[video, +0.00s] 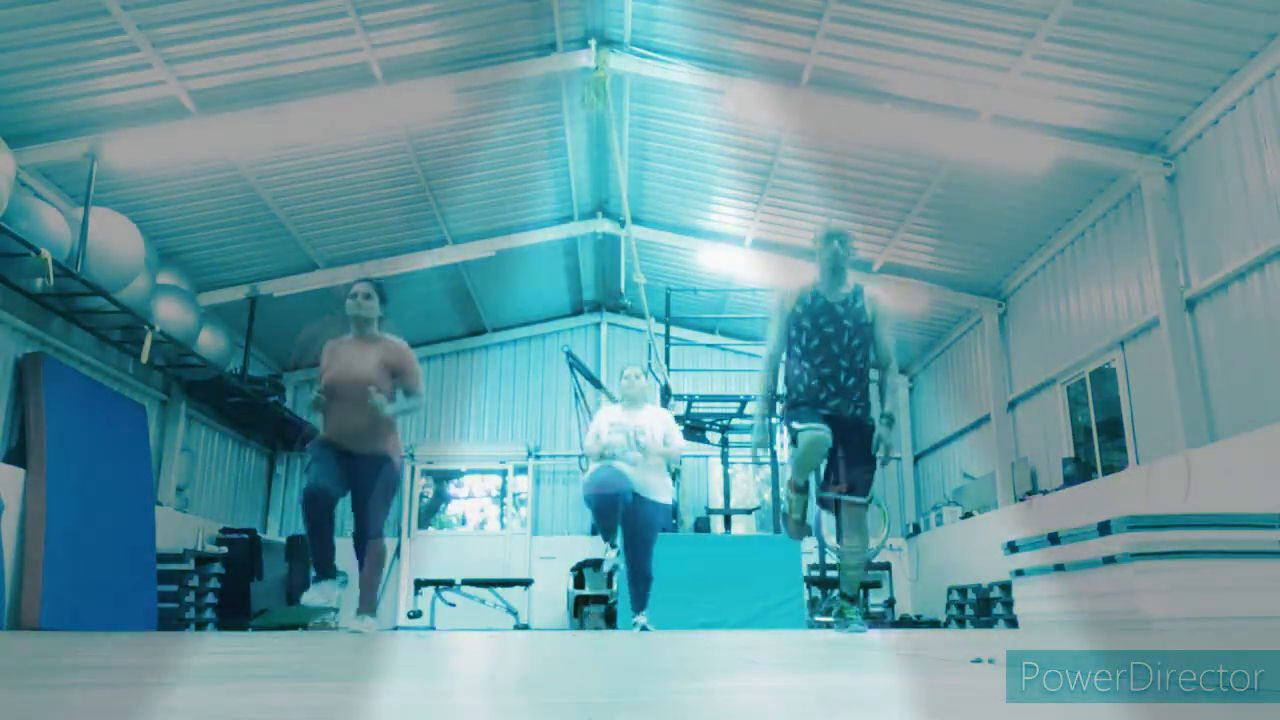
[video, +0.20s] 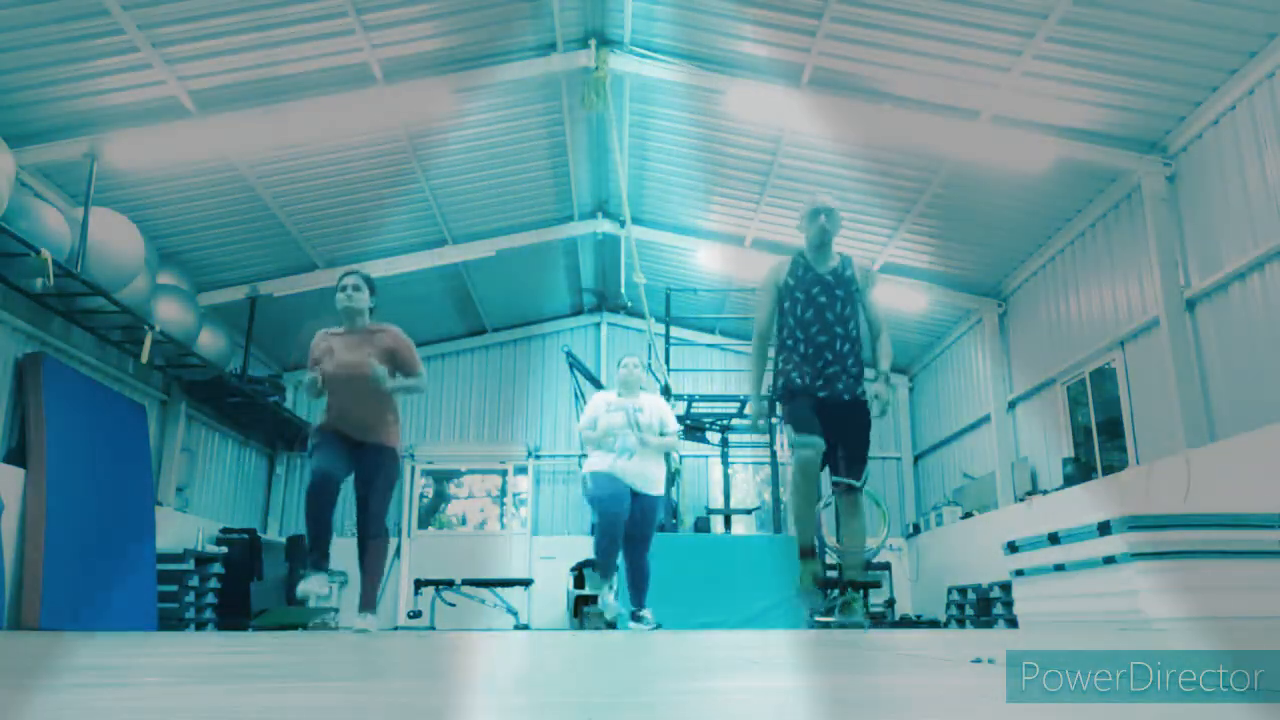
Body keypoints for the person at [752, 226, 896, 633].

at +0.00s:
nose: (836, 249)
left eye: (842, 243)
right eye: (829, 243)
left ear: (851, 253)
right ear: (817, 251)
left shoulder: (869, 302)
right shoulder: (792, 300)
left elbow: (887, 364)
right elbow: (772, 358)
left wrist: (889, 417)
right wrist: (762, 414)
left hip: (854, 411)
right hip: (805, 404)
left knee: (854, 510)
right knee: (816, 439)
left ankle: (850, 605)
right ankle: (797, 492)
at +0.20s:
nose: (823, 223)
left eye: (830, 216)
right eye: (815, 216)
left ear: (839, 227)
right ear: (801, 227)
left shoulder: (856, 272)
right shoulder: (782, 271)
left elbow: (880, 331)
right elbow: (761, 335)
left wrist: (882, 376)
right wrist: (756, 392)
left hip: (848, 391)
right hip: (798, 389)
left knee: (849, 492)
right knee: (807, 452)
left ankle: (853, 593)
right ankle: (807, 561)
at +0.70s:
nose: (805, 260)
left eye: (810, 254)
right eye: (799, 253)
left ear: (818, 259)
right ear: (788, 259)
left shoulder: (839, 306)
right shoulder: (768, 301)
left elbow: (863, 362)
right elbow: (753, 357)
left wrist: (878, 410)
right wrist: (757, 408)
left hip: (839, 407)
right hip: (793, 411)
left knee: (855, 451)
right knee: (801, 509)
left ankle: (844, 519)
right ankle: (806, 598)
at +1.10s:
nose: (817, 261)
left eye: (823, 256)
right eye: (811, 255)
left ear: (830, 263)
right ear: (801, 260)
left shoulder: (846, 312)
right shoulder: (777, 308)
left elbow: (870, 360)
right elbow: (752, 357)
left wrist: (876, 405)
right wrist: (767, 394)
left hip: (843, 422)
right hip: (794, 423)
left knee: (852, 505)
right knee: (795, 517)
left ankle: (851, 603)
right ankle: (793, 601)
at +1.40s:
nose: (826, 244)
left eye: (832, 239)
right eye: (819, 238)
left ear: (841, 249)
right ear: (806, 248)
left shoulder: (855, 296)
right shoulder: (784, 295)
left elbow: (875, 349)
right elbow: (763, 347)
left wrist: (876, 396)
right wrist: (759, 398)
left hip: (841, 404)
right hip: (793, 400)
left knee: (843, 500)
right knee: (803, 469)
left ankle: (846, 597)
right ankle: (794, 533)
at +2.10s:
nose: (812, 234)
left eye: (817, 227)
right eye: (803, 228)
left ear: (827, 236)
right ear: (790, 239)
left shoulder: (848, 282)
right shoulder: (775, 288)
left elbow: (873, 334)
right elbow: (758, 344)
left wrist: (887, 382)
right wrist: (755, 397)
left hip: (851, 400)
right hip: (801, 402)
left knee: (862, 490)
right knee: (805, 496)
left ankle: (845, 552)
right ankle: (812, 595)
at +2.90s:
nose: (860, 199)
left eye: (868, 194)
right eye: (853, 193)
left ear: (876, 206)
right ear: (838, 204)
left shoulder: (895, 255)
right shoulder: (813, 251)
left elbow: (914, 315)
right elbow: (790, 315)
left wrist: (916, 371)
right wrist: (784, 374)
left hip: (879, 380)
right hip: (823, 378)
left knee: (884, 486)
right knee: (822, 481)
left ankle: (888, 595)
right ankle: (811, 589)